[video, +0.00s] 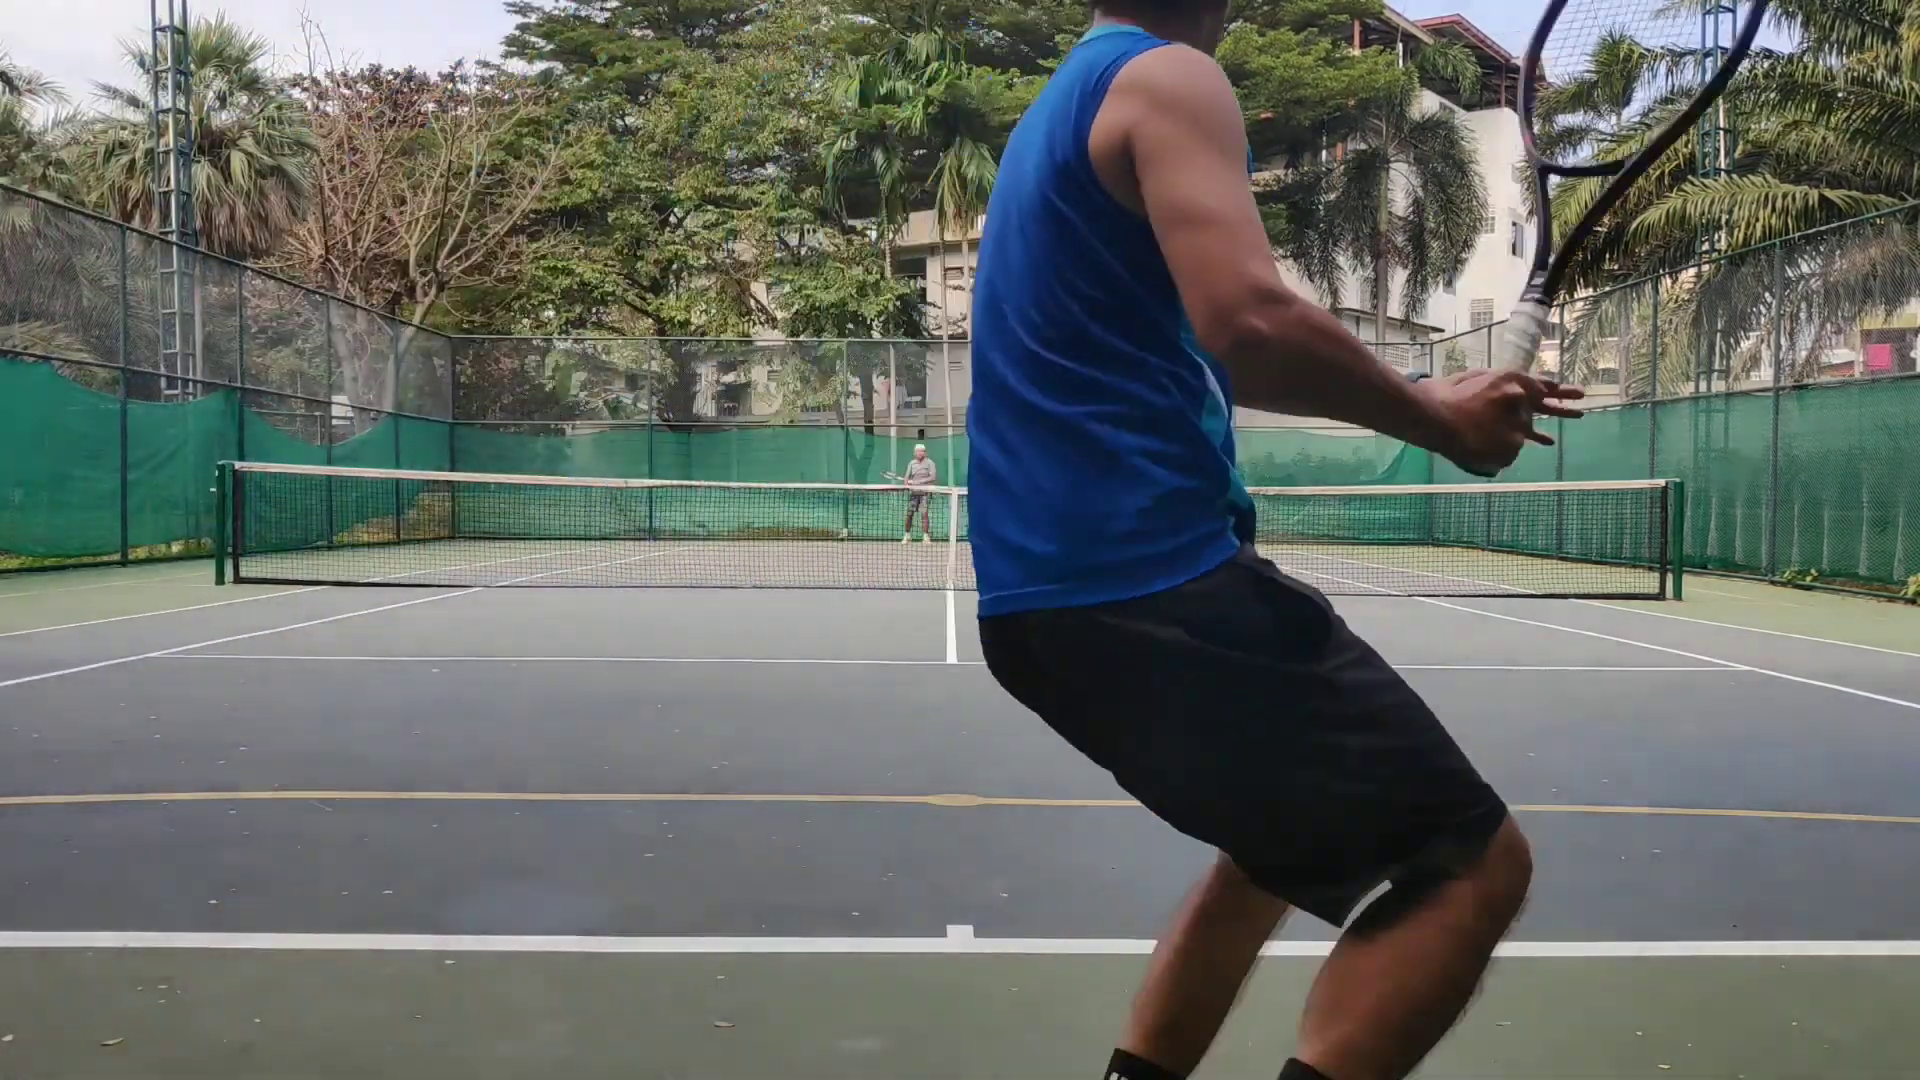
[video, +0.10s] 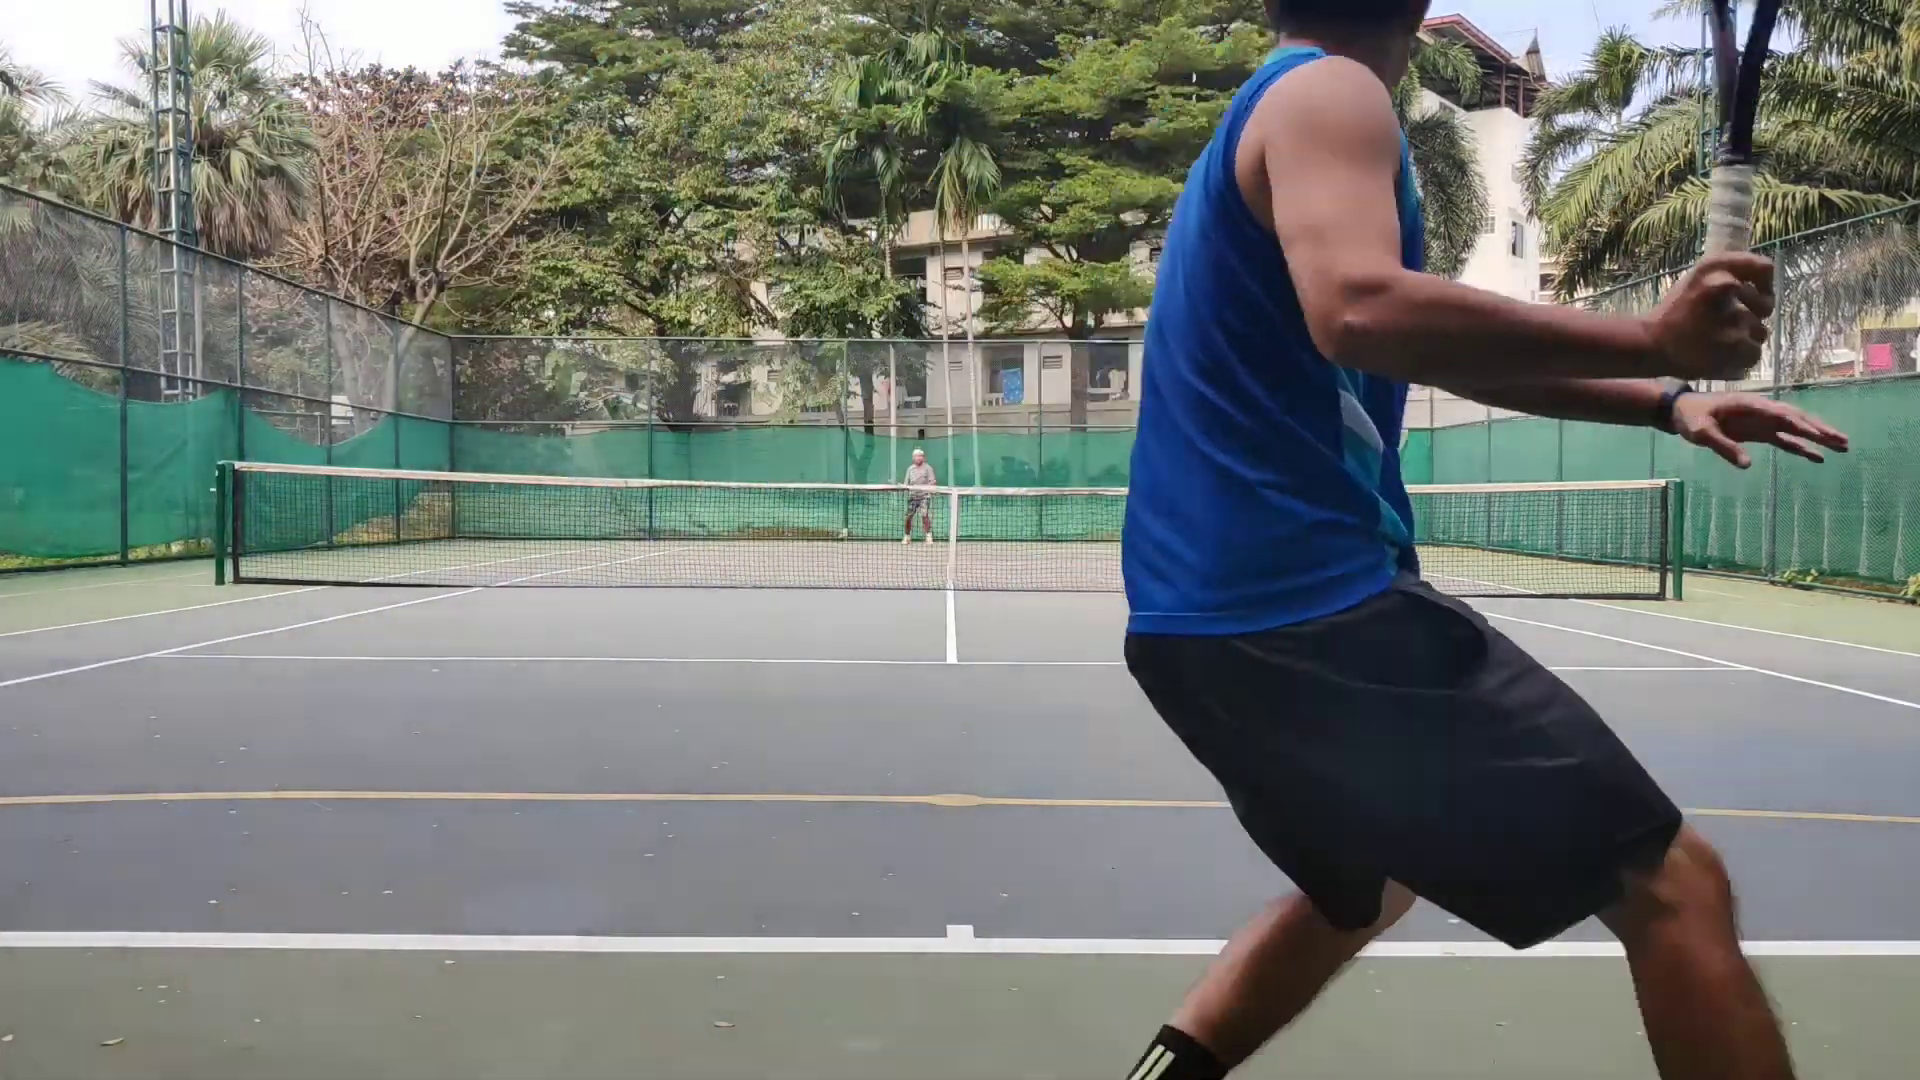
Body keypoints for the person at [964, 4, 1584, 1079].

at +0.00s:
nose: (1231, 17)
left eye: (1227, 12)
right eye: (1230, 7)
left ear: (1108, 1)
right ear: (1211, 1)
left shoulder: (1063, 108)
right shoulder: (1168, 82)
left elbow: (1223, 362)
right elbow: (1248, 317)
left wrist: (1425, 403)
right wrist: (1437, 418)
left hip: (1053, 602)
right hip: (1154, 588)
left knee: (1283, 829)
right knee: (1476, 864)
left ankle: (1142, 1067)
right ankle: (1320, 1068)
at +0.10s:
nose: (1428, 20)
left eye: (1422, 11)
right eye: (1422, 8)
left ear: (1285, 13)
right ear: (1400, 12)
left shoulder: (1269, 116)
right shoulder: (1330, 93)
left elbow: (1447, 357)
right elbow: (1358, 308)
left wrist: (1667, 401)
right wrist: (1649, 339)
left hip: (1200, 623)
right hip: (1311, 608)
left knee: (1362, 886)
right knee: (1674, 887)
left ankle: (1171, 1068)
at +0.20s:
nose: (1629, 47)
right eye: (1626, 34)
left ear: (1473, 34)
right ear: (1616, 45)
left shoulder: (1444, 140)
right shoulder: (1521, 118)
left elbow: (1658, 380)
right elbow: (1474, 313)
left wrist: (1880, 459)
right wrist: (1786, 328)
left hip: (1330, 638)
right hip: (1464, 628)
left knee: (1482, 839)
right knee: (1831, 902)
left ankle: (1273, 1042)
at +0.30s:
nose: (1773, 89)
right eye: (1778, 71)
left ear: (1620, 53)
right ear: (1772, 72)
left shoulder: (1589, 155)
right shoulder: (1681, 137)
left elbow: (1773, 404)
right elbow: (1584, 327)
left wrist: (1915, 477)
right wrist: (1876, 382)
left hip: (1410, 636)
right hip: (1561, 645)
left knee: (1574, 777)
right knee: (1900, 912)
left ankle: (1451, 1046)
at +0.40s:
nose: (1867, 92)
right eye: (1872, 72)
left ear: (1712, 62)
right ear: (1859, 76)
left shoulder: (1668, 164)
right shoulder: (1780, 134)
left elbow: (1807, 402)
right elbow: (1690, 321)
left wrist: (1915, 488)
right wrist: (1904, 414)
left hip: (1464, 609)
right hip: (1618, 622)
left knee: (1606, 759)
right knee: (1908, 925)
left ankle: (1585, 1045)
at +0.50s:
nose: (1913, 124)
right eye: (1914, 100)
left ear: (1776, 84)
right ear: (1903, 92)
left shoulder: (1706, 184)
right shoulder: (1840, 156)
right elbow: (1800, 345)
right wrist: (1910, 480)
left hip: (1506, 593)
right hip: (1657, 605)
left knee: (1622, 794)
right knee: (1898, 953)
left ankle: (1663, 1022)